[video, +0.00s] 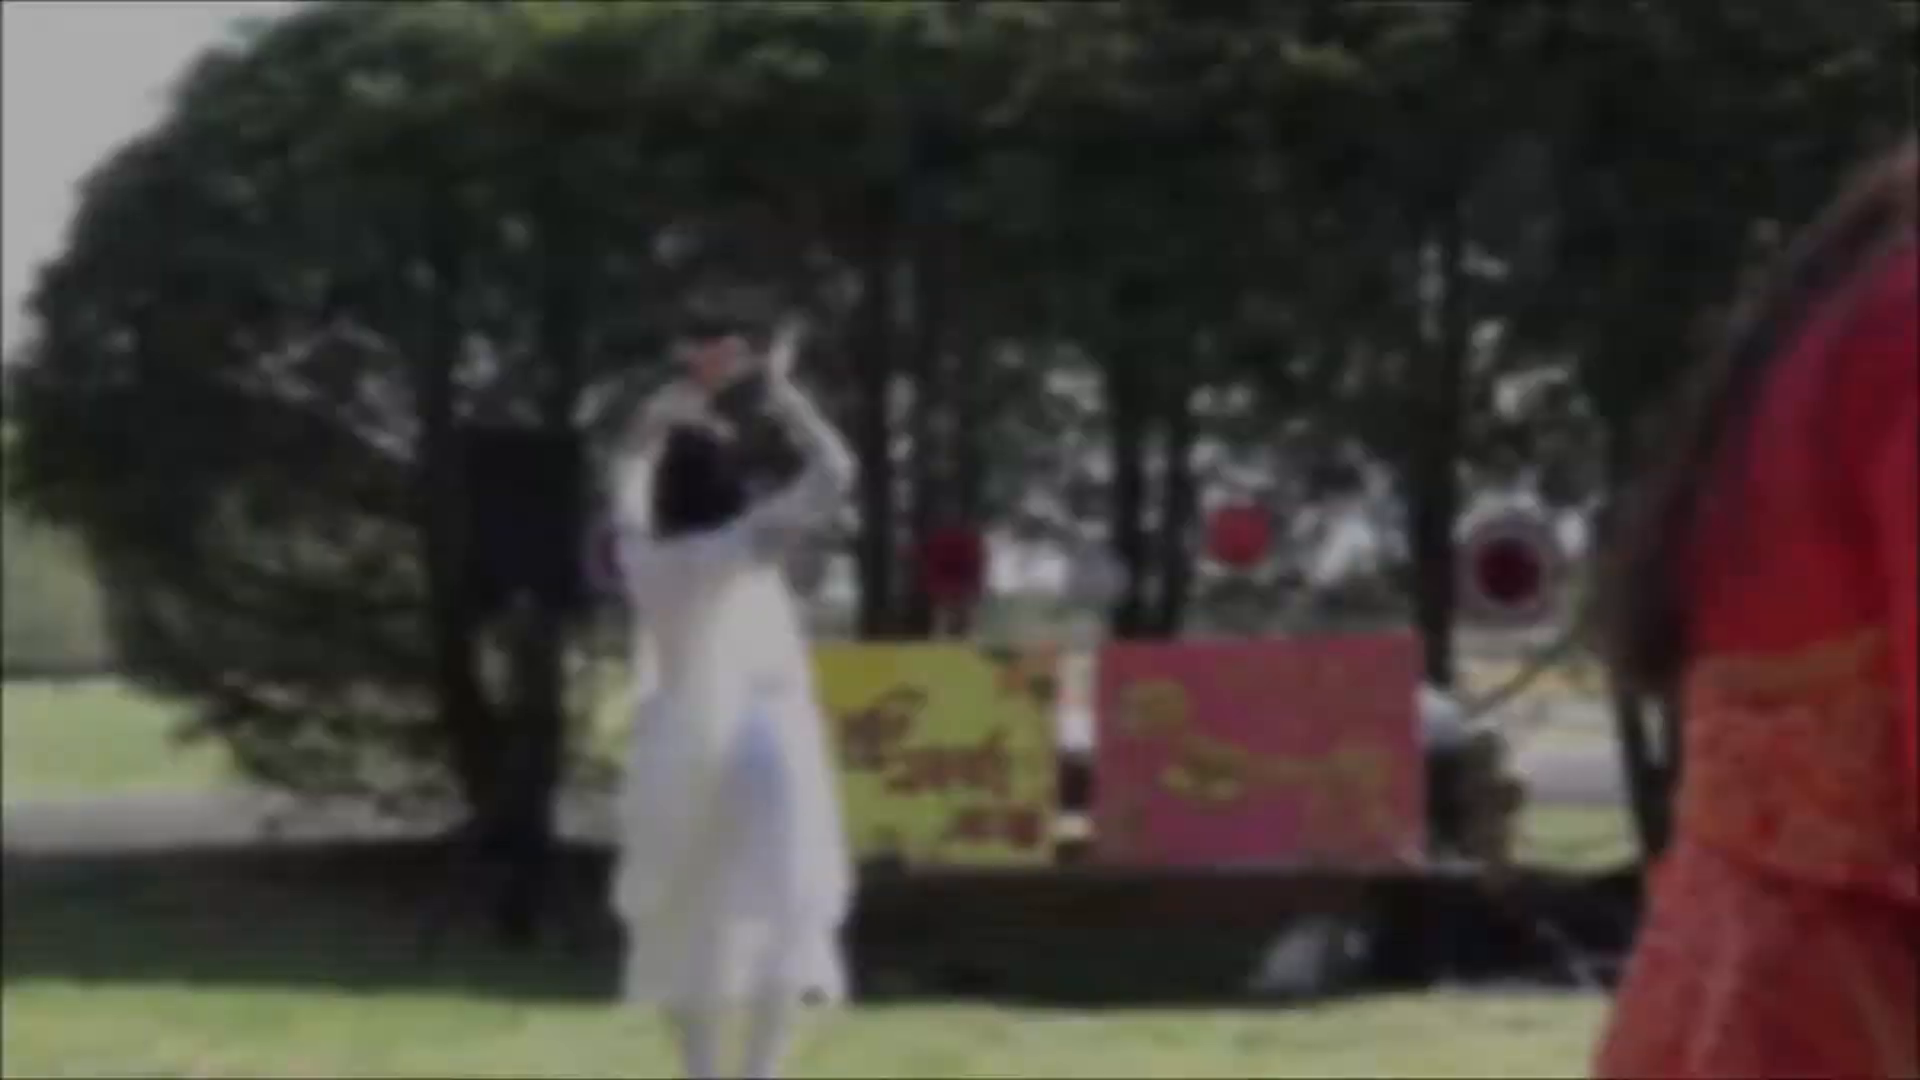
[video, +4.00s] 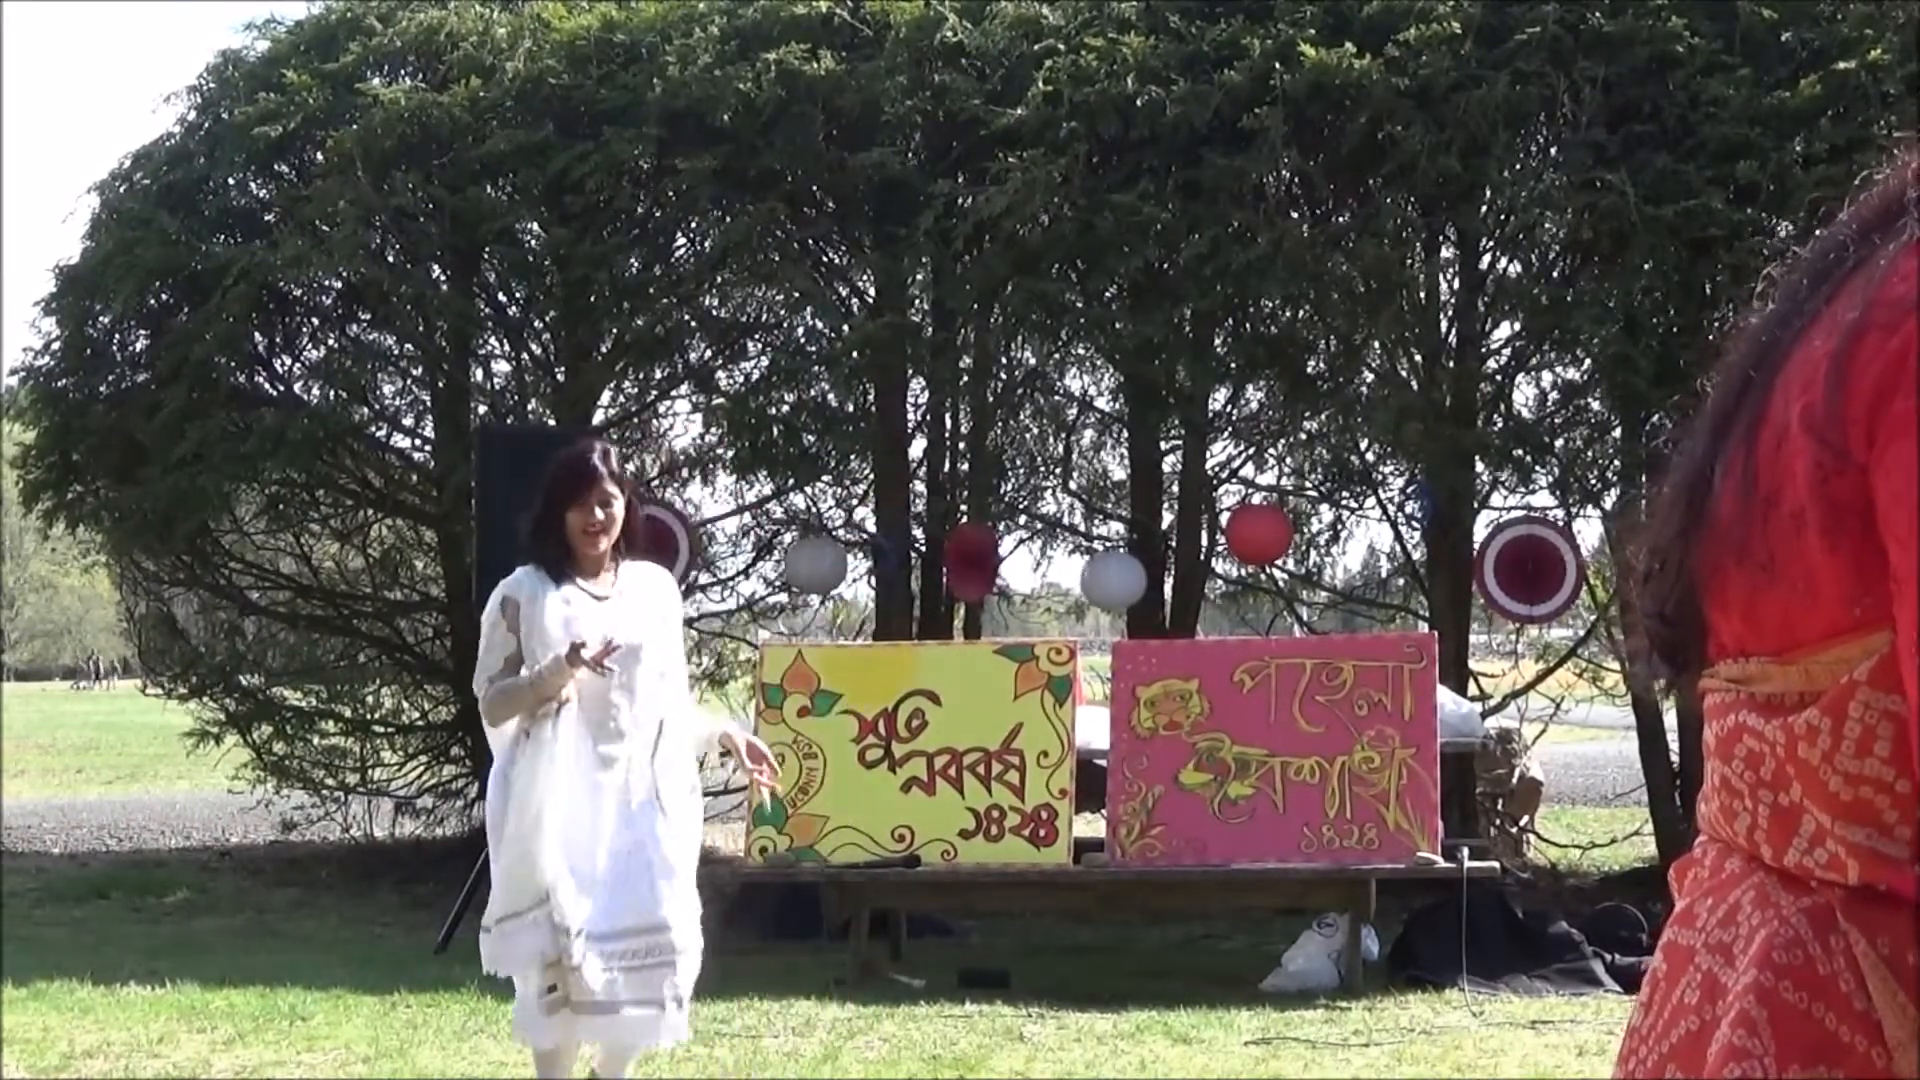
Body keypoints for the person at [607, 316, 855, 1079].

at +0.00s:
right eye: (734, 471)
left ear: (664, 492)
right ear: (738, 491)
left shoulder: (645, 560)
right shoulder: (746, 550)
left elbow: (630, 460)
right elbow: (831, 473)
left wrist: (682, 391)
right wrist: (779, 391)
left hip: (679, 738)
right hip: (756, 737)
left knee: (687, 906)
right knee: (780, 905)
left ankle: (700, 1057)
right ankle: (762, 1059)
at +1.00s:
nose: (758, 486)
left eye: (755, 473)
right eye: (746, 475)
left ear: (730, 495)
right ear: (716, 492)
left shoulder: (735, 548)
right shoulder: (697, 560)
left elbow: (802, 516)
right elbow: (756, 596)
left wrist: (862, 475)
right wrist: (778, 523)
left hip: (758, 766)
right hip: (741, 771)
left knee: (737, 944)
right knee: (778, 936)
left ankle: (694, 1068)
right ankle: (771, 1070)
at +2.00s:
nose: (640, 488)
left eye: (650, 477)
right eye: (625, 475)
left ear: (660, 490)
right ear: (593, 486)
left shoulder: (680, 573)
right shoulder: (546, 569)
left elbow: (766, 649)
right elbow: (487, 671)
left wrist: (863, 659)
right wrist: (513, 616)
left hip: (660, 788)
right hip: (558, 789)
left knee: (708, 953)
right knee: (532, 958)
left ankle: (728, 1072)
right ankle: (519, 1075)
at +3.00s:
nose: (719, 522)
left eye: (730, 505)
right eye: (703, 513)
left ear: (757, 507)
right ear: (689, 526)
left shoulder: (803, 580)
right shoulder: (691, 604)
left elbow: (808, 704)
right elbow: (687, 722)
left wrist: (845, 697)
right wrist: (779, 681)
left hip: (802, 817)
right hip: (715, 820)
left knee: (810, 983)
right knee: (647, 972)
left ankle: (774, 1073)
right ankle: (582, 1074)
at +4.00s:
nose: (597, 516)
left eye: (609, 501)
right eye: (582, 503)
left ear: (626, 506)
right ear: (557, 510)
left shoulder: (655, 586)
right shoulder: (521, 595)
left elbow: (672, 708)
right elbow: (493, 709)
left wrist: (727, 736)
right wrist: (560, 669)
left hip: (642, 813)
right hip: (550, 815)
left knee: (653, 961)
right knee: (551, 976)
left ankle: (611, 1069)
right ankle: (555, 1070)